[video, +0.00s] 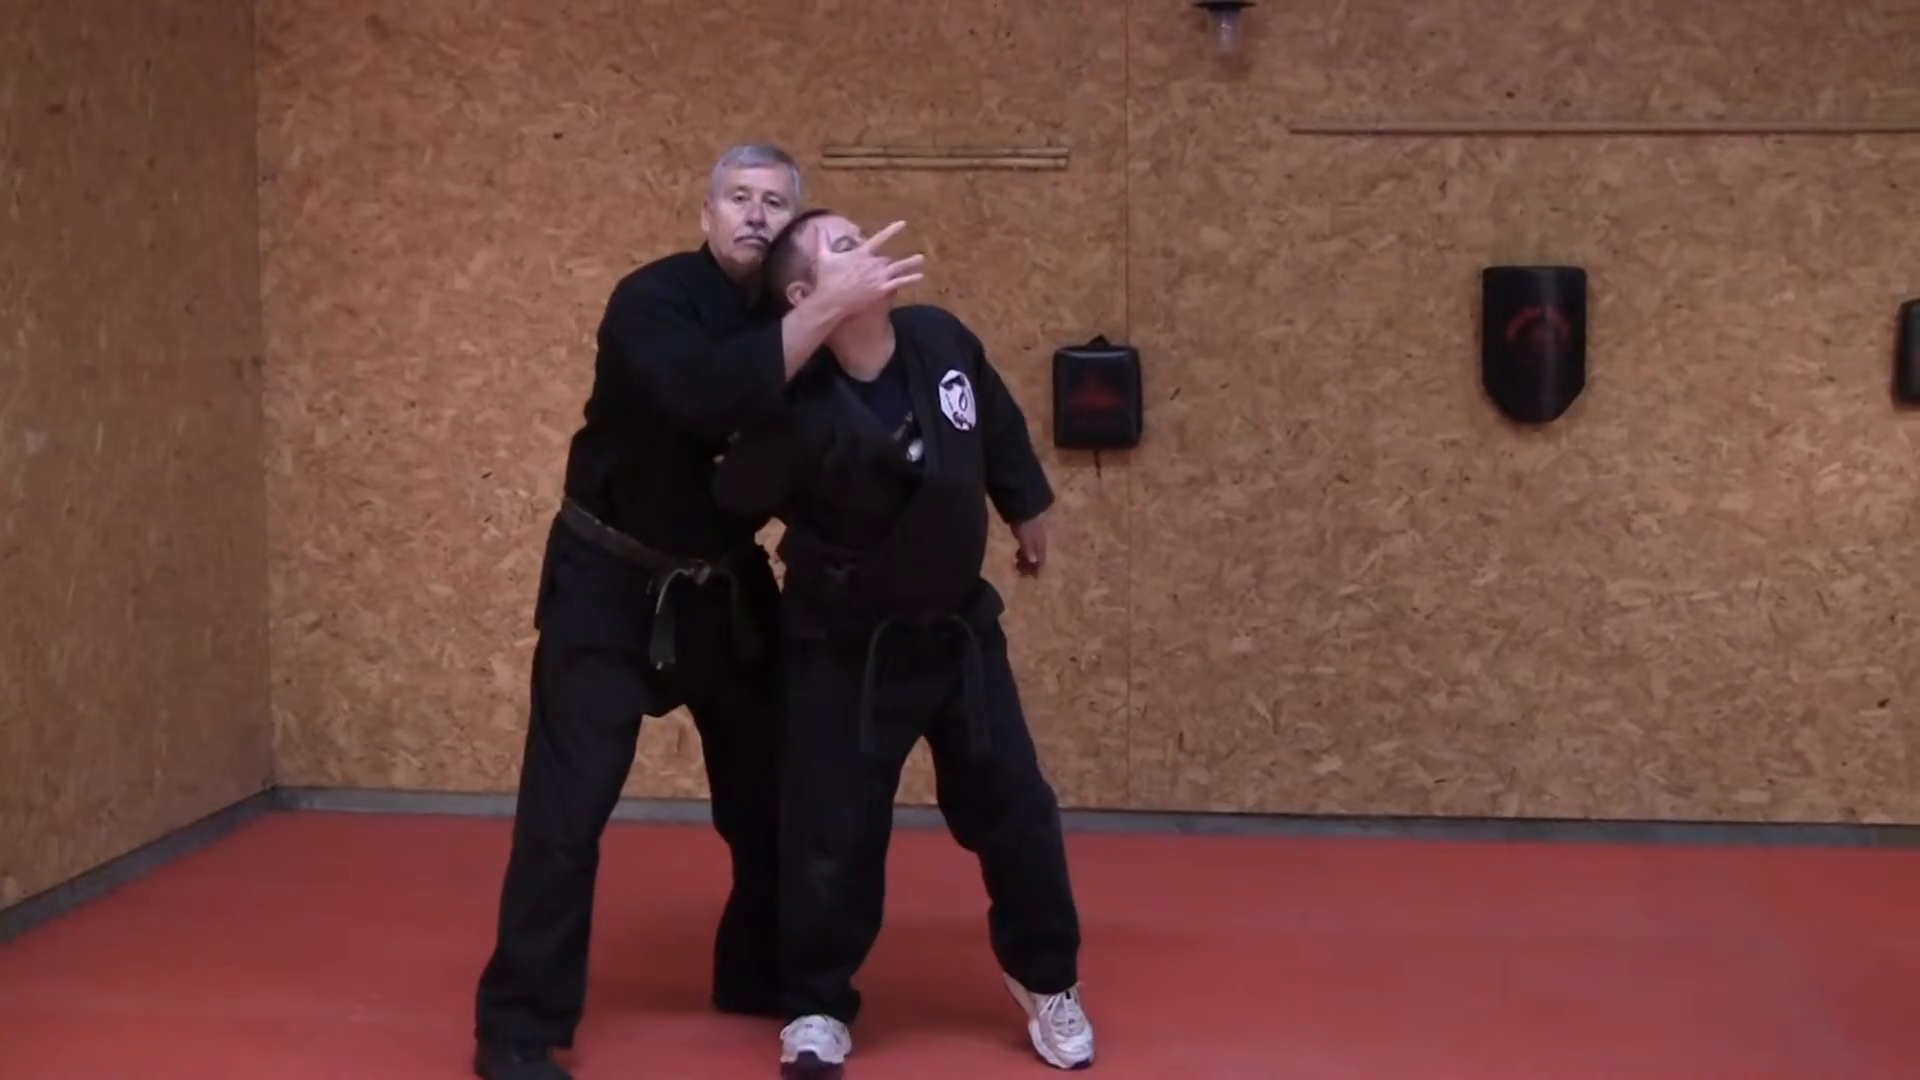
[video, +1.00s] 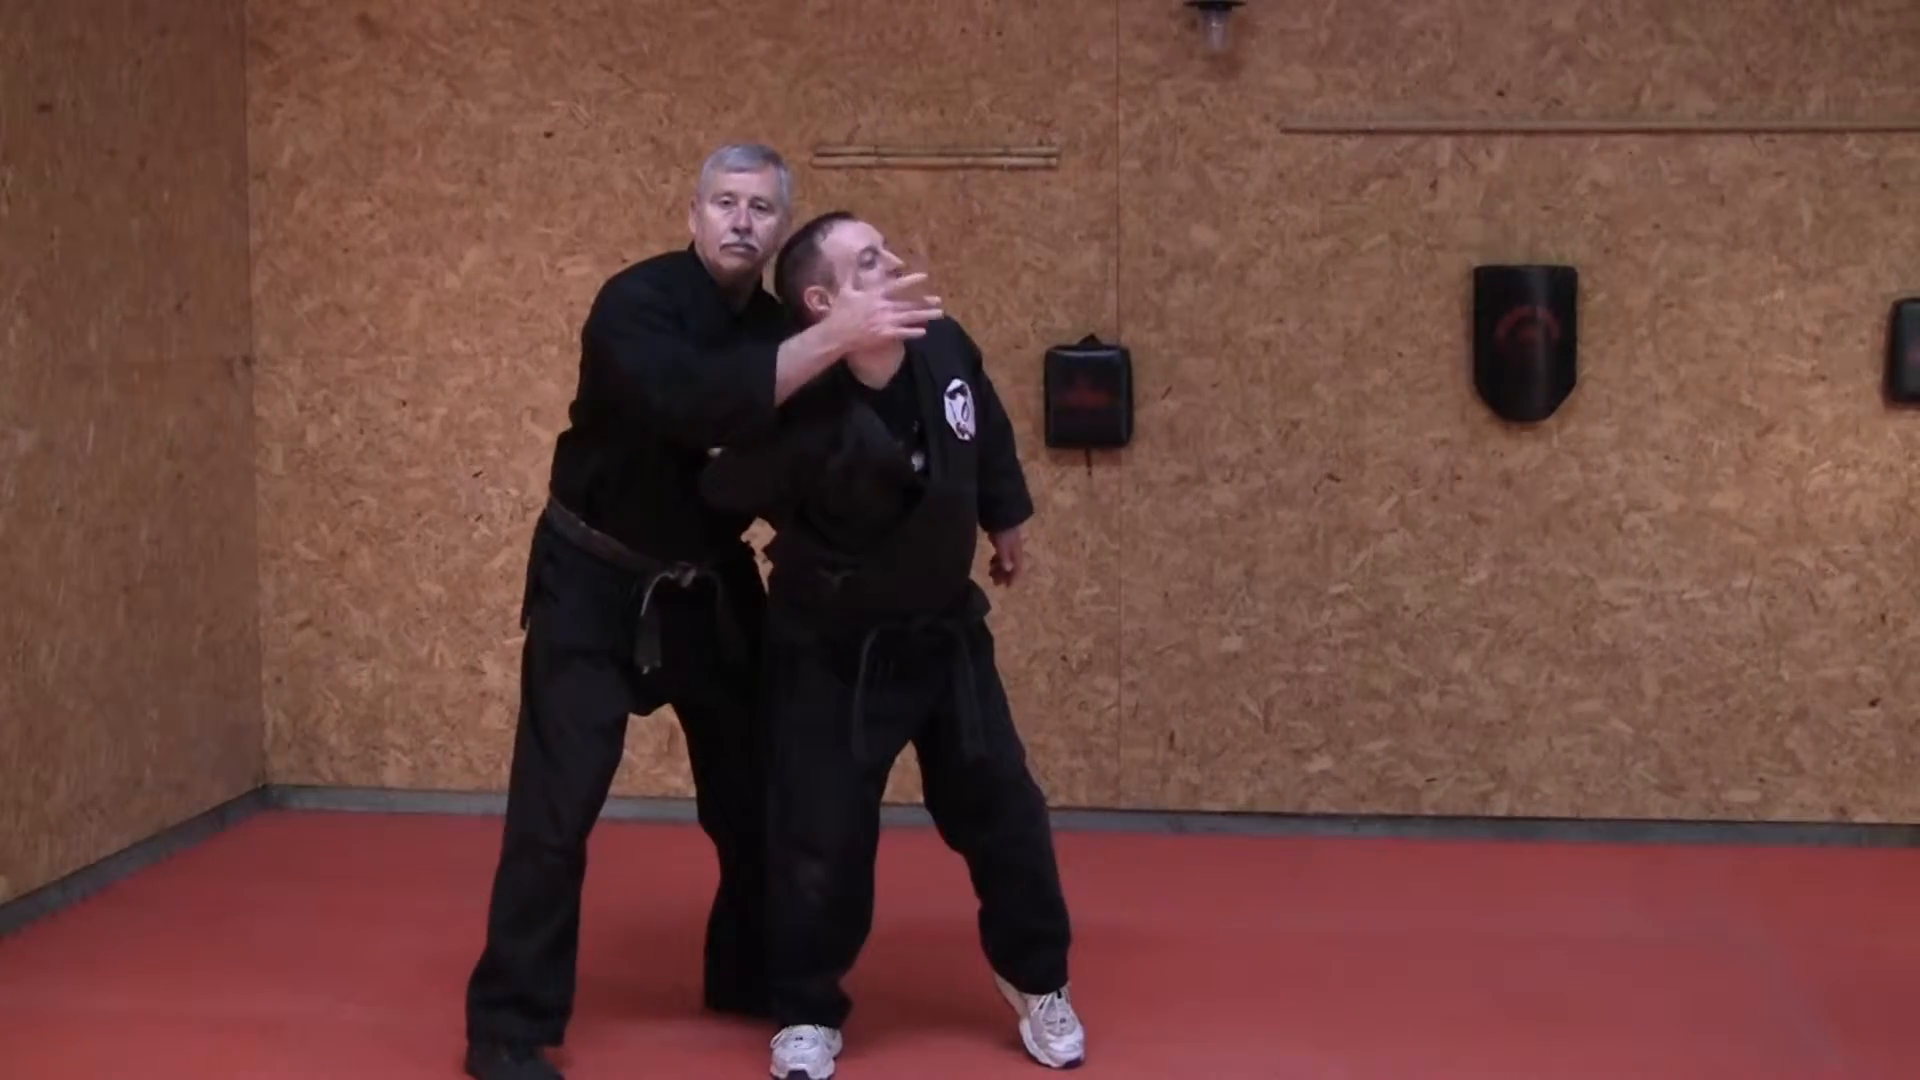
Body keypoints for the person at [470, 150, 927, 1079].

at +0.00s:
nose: (756, 214)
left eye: (776, 203)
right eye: (739, 197)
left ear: (796, 225)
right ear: (704, 210)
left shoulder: (794, 309)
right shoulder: (648, 301)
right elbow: (701, 395)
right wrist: (825, 310)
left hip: (724, 576)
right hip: (609, 574)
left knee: (770, 786)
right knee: (565, 812)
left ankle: (760, 975)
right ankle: (521, 1037)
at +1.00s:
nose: (743, 220)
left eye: (761, 208)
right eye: (725, 203)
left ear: (783, 228)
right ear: (692, 215)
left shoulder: (789, 316)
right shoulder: (633, 304)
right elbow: (684, 402)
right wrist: (834, 335)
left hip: (711, 578)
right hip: (593, 576)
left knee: (756, 791)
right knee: (555, 813)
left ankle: (748, 977)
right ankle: (511, 1037)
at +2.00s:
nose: (766, 221)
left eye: (786, 207)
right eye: (750, 201)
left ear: (804, 226)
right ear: (717, 210)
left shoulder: (806, 358)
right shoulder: (634, 303)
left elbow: (822, 504)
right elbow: (528, 435)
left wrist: (900, 484)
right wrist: (548, 563)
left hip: (718, 586)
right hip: (597, 577)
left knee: (776, 783)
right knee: (554, 814)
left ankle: (754, 972)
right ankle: (510, 1031)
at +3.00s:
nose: (851, 200)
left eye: (867, 183)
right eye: (833, 181)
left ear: (884, 193)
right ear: (794, 187)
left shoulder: (894, 307)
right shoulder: (730, 291)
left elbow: (910, 448)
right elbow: (650, 433)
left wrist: (902, 576)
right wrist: (657, 582)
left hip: (851, 569)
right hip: (751, 566)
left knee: (822, 773)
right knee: (800, 776)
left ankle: (741, 964)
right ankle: (829, 1009)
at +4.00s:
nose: (948, 171)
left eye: (964, 154)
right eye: (930, 156)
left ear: (994, 171)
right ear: (904, 173)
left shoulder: (1039, 289)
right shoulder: (855, 285)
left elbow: (1096, 421)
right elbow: (777, 427)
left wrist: (1113, 551)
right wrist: (840, 390)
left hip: (1011, 564)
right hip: (883, 566)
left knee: (1013, 790)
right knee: (854, 795)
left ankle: (993, 987)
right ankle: (830, 1014)